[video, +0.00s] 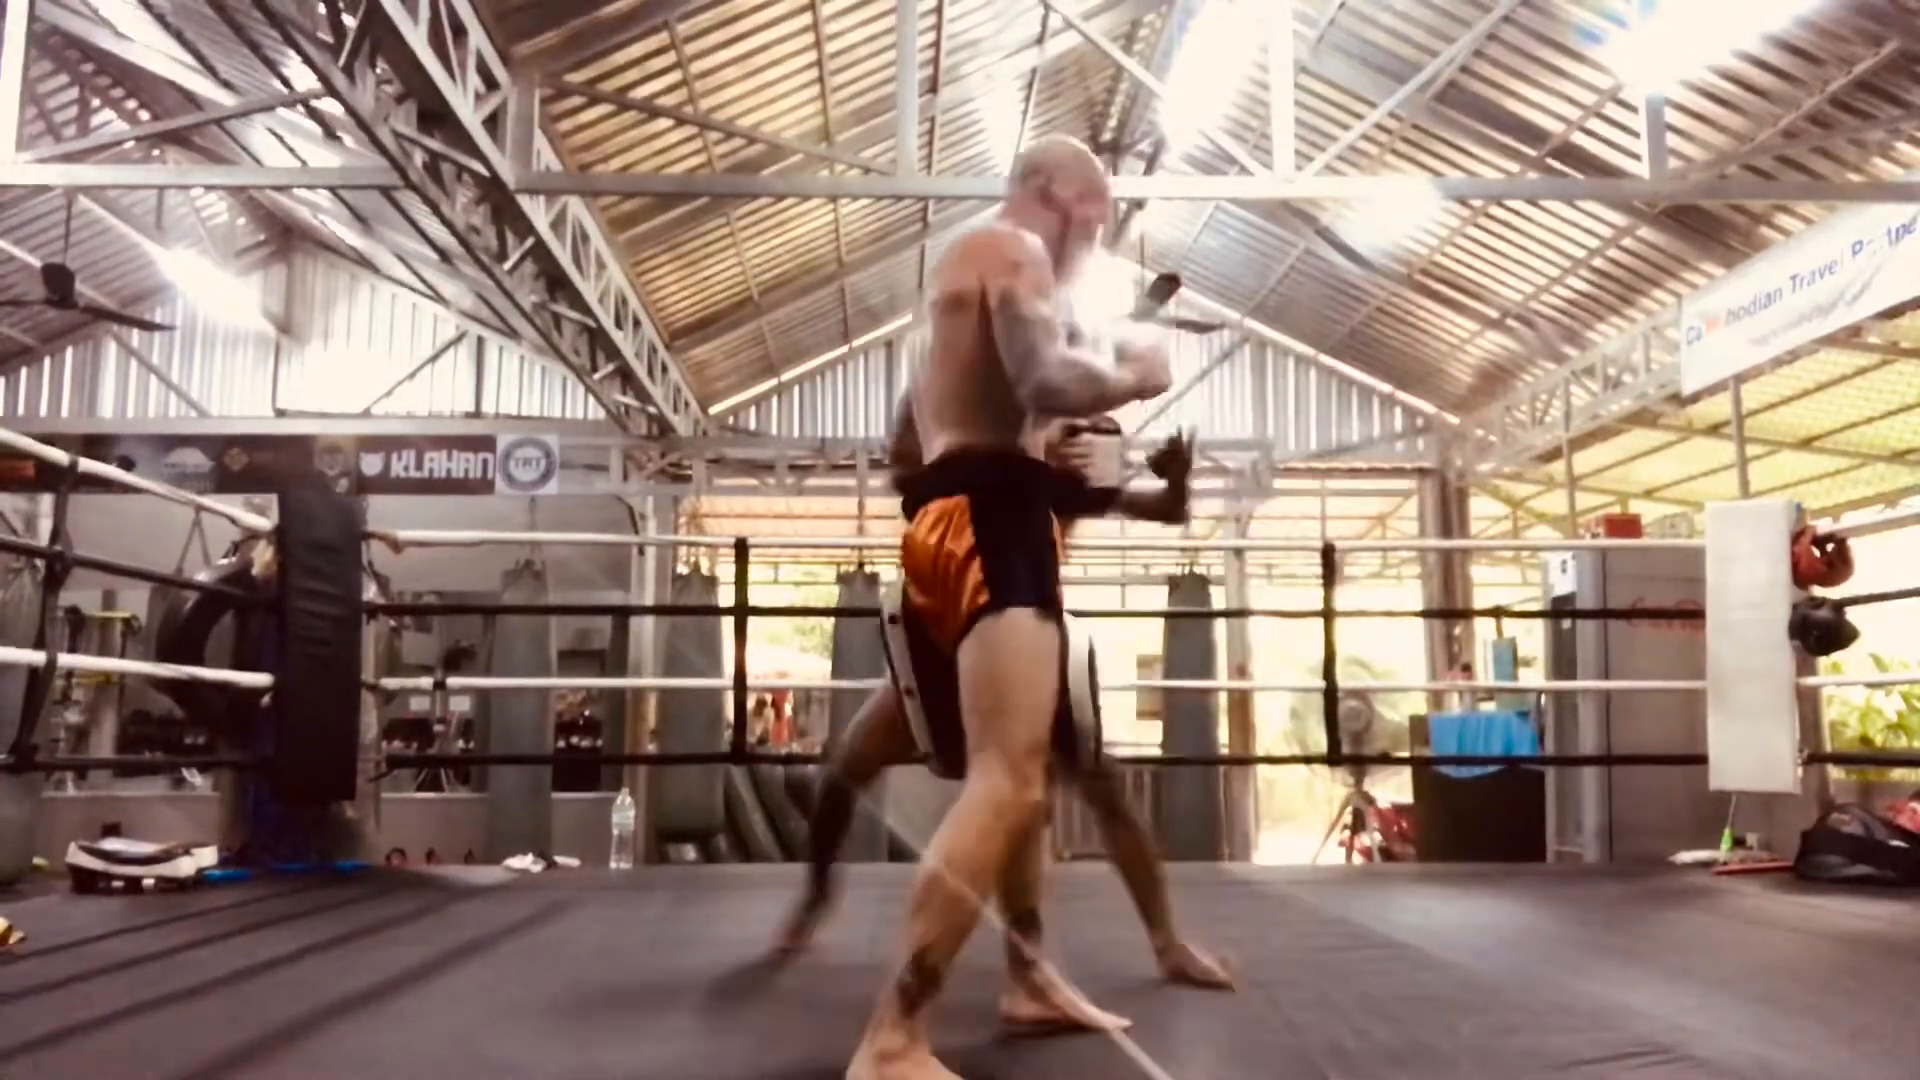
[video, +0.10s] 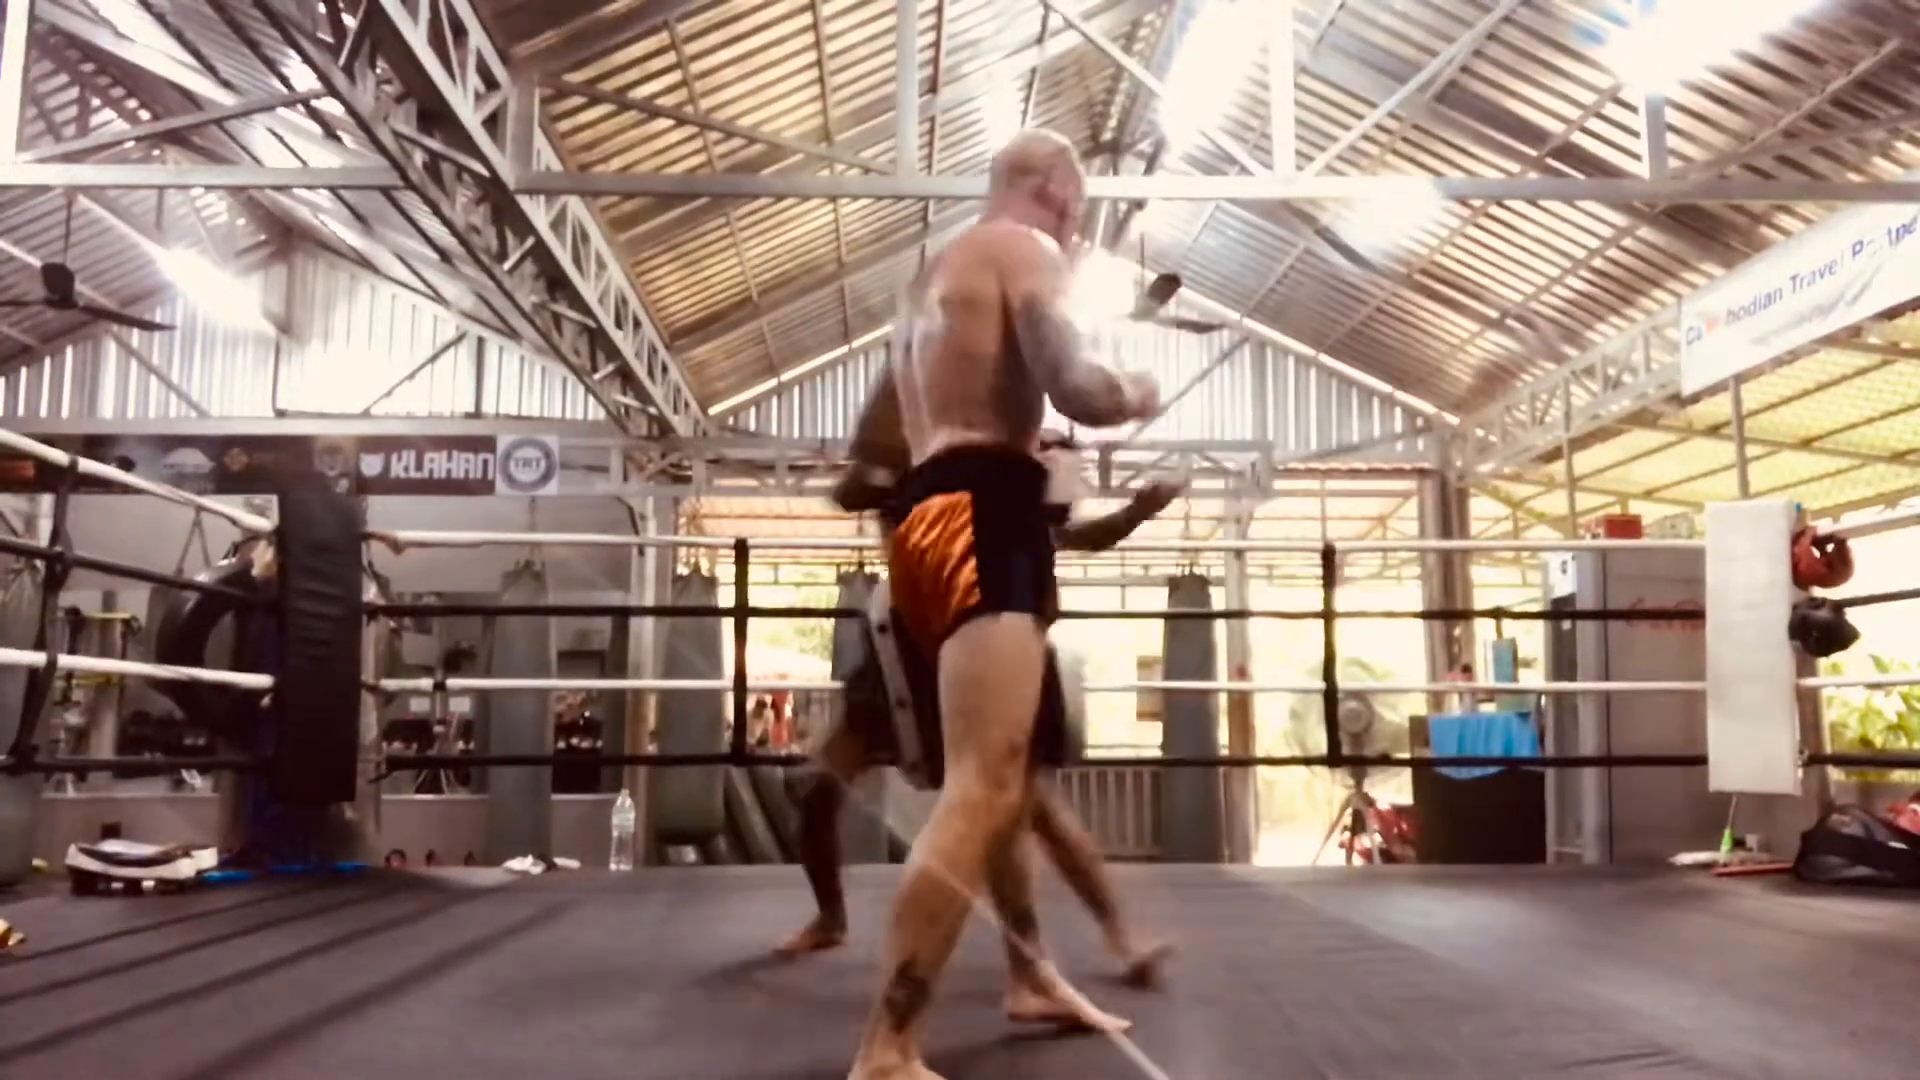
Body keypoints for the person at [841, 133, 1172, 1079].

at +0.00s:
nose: (1102, 233)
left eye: (1106, 218)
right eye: (1100, 213)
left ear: (1034, 190)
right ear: (1056, 193)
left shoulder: (969, 262)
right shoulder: (1011, 248)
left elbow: (922, 442)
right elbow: (1044, 380)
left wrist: (1053, 457)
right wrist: (1136, 373)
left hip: (947, 512)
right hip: (989, 504)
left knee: (1020, 771)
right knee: (1006, 776)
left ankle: (1031, 977)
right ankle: (890, 1039)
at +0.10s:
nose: (1078, 222)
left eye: (1080, 208)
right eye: (1077, 205)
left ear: (1001, 182)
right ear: (1049, 186)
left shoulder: (932, 270)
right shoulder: (1021, 247)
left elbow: (874, 445)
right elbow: (1079, 394)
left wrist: (1026, 441)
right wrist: (1137, 393)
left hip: (923, 513)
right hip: (984, 503)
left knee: (1003, 779)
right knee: (983, 782)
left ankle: (1033, 978)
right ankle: (887, 1050)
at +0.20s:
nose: (1064, 211)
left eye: (1061, 197)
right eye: (1060, 195)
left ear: (986, 182)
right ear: (1035, 182)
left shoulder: (910, 276)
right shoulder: (1033, 241)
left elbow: (843, 414)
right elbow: (1094, 397)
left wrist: (920, 451)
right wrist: (1108, 429)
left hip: (901, 509)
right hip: (978, 499)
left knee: (981, 768)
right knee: (965, 779)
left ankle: (1019, 974)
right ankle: (888, 1046)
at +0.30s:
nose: (1045, 195)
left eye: (1040, 179)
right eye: (1042, 179)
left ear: (963, 176)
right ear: (1025, 174)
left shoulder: (898, 271)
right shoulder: (1034, 236)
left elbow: (846, 388)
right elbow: (1096, 385)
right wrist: (1069, 434)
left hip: (895, 500)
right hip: (978, 492)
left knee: (947, 770)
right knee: (954, 777)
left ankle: (943, 990)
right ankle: (884, 1045)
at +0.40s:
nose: (1024, 195)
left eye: (1014, 180)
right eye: (1020, 181)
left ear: (941, 184)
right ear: (1007, 181)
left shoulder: (880, 281)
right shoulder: (1035, 246)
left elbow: (811, 398)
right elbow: (1101, 400)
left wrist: (864, 453)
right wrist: (1027, 445)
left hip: (886, 509)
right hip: (976, 498)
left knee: (928, 788)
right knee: (951, 789)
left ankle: (896, 1022)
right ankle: (887, 1045)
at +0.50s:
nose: (997, 201)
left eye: (982, 187)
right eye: (997, 187)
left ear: (923, 192)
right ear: (993, 188)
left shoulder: (865, 288)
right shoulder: (1036, 263)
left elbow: (804, 405)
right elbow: (1102, 410)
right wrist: (1013, 416)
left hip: (890, 513)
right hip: (983, 504)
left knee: (910, 791)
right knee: (964, 790)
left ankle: (885, 1037)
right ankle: (885, 1049)